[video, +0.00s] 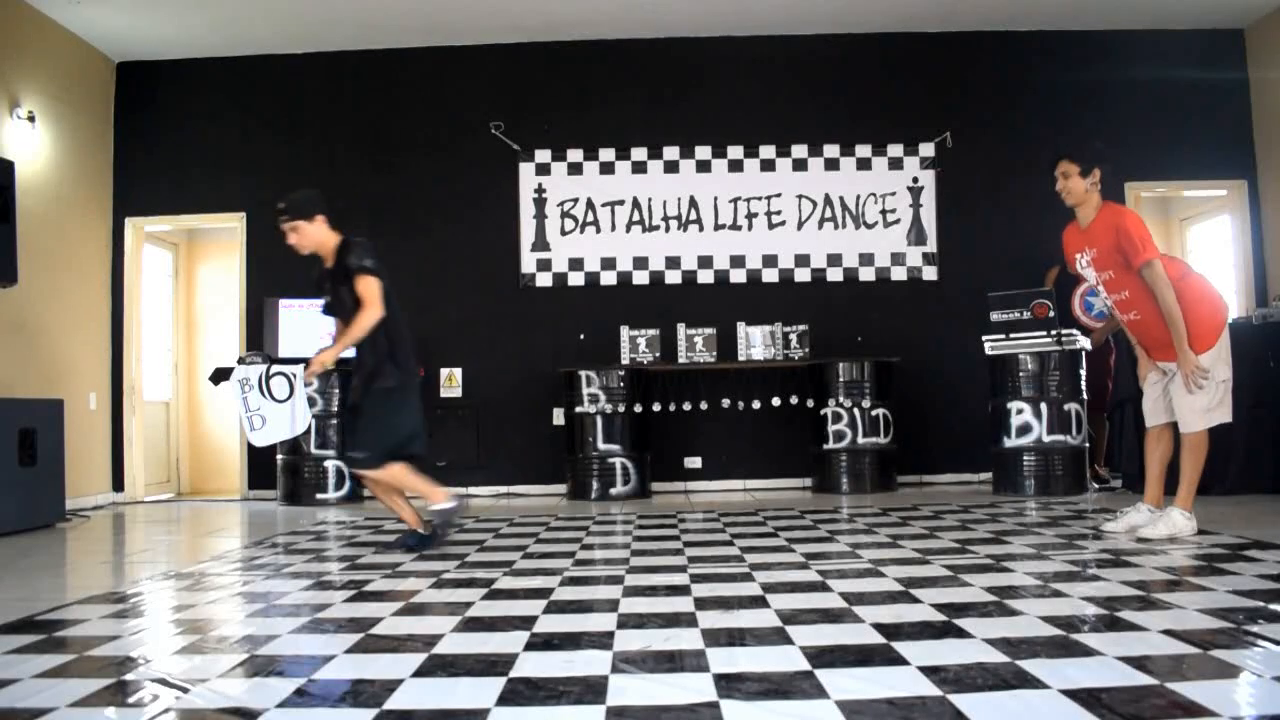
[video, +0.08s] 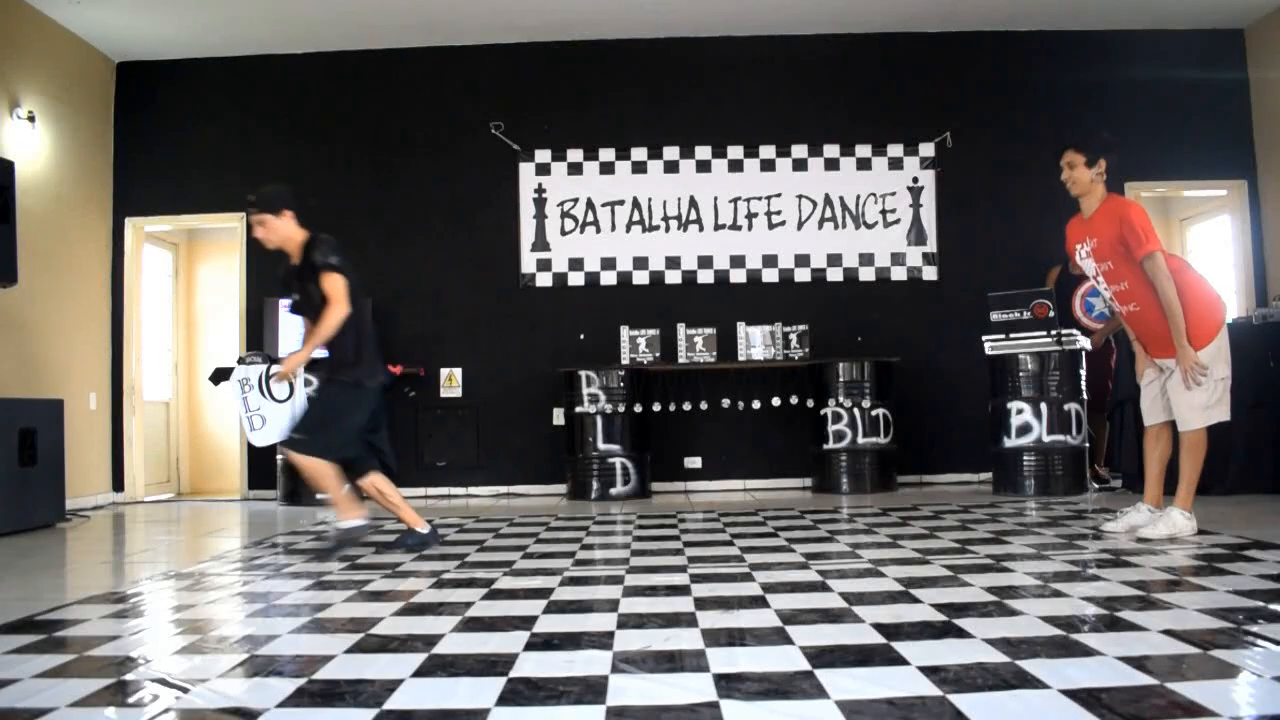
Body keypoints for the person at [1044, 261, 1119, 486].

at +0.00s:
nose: (1075, 253)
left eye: (1082, 249)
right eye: (1072, 248)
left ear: (1093, 253)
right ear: (1066, 249)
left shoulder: (1107, 273)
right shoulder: (1057, 273)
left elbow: (1123, 312)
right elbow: (1048, 309)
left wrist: (1103, 332)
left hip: (1100, 345)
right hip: (1067, 346)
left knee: (1098, 409)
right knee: (1069, 404)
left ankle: (1098, 464)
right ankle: (1074, 464)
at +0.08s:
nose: (1076, 251)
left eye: (1082, 247)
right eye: (1073, 245)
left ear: (1091, 250)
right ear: (1067, 247)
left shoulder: (1103, 274)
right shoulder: (1057, 274)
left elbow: (1122, 313)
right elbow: (1048, 309)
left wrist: (1102, 333)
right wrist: (1054, 338)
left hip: (1099, 350)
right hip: (1068, 349)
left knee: (1098, 410)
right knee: (1068, 405)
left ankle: (1098, 465)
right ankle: (1070, 464)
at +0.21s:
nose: (1074, 249)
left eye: (1078, 244)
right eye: (1071, 244)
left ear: (1089, 249)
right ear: (1067, 247)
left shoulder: (1102, 275)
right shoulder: (1057, 274)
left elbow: (1122, 313)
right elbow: (1048, 308)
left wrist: (1103, 333)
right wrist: (1055, 335)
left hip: (1099, 346)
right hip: (1067, 347)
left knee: (1098, 409)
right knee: (1068, 404)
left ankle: (1098, 465)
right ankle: (1069, 464)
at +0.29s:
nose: (1075, 253)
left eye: (1080, 248)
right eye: (1071, 249)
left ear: (1091, 250)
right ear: (1067, 250)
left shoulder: (1104, 274)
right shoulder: (1056, 274)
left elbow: (1120, 313)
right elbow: (1047, 307)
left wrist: (1102, 337)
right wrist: (1052, 337)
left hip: (1098, 348)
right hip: (1066, 348)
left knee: (1097, 409)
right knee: (1067, 404)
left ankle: (1097, 465)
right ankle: (1069, 463)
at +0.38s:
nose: (1072, 252)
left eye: (1077, 248)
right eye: (1068, 248)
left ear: (1087, 248)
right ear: (1063, 250)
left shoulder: (1099, 272)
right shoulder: (1053, 274)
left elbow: (1112, 306)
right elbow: (1046, 309)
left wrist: (1107, 337)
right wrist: (1051, 340)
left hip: (1098, 345)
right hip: (1067, 346)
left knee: (1098, 407)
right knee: (1068, 403)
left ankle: (1098, 464)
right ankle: (1070, 463)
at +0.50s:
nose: (1068, 251)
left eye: (1073, 246)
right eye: (1063, 247)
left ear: (1083, 247)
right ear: (1057, 249)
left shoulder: (1096, 272)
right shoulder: (1048, 275)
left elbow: (1107, 308)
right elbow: (1040, 311)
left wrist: (1109, 346)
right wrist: (1045, 345)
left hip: (1094, 346)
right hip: (1062, 348)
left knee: (1097, 406)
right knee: (1064, 402)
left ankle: (1099, 464)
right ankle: (1067, 464)